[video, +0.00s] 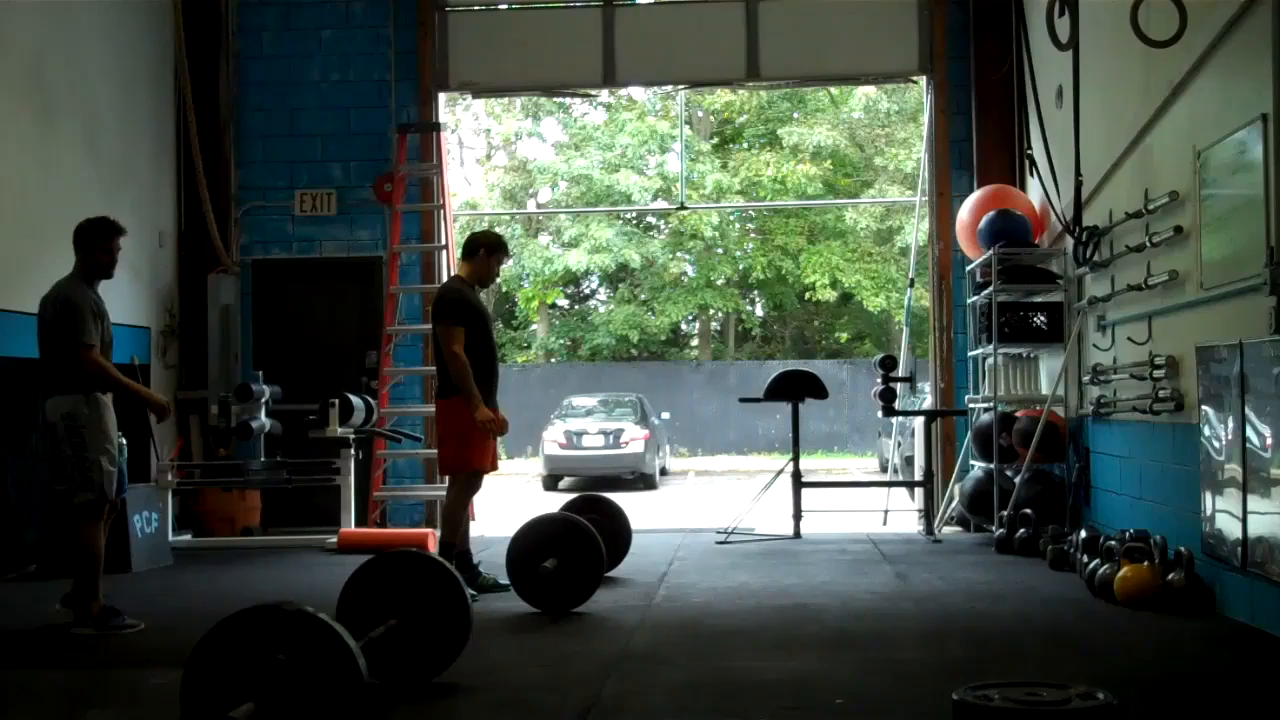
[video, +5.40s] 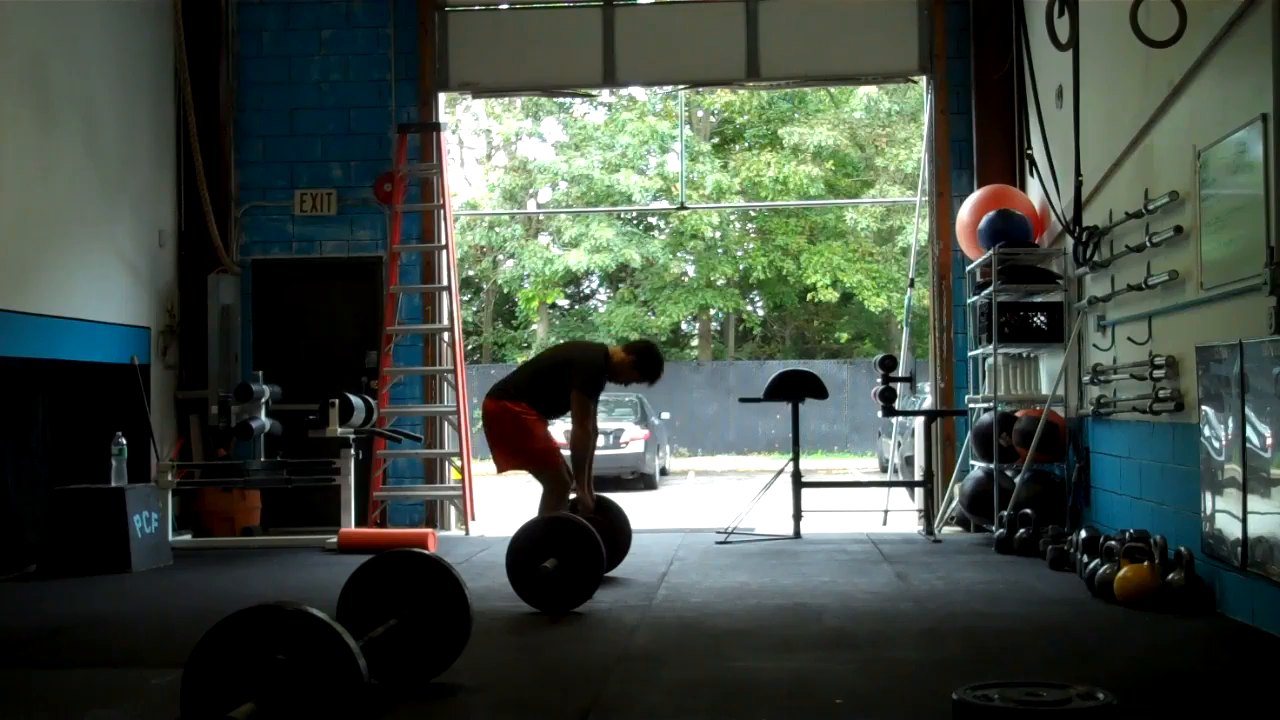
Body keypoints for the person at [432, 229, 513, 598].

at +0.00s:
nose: (498, 274)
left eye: (501, 267)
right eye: (498, 265)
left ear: (479, 256)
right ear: (482, 256)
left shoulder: (468, 296)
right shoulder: (454, 295)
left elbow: (477, 357)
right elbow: (453, 353)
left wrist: (492, 409)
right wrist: (478, 404)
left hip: (473, 404)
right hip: (461, 404)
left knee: (467, 484)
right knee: (464, 484)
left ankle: (460, 565)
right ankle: (450, 567)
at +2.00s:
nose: (509, 275)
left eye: (512, 268)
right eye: (509, 267)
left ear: (494, 258)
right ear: (490, 256)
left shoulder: (481, 294)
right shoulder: (460, 292)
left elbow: (486, 355)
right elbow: (456, 352)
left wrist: (499, 403)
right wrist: (479, 405)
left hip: (485, 406)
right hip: (464, 405)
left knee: (485, 482)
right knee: (466, 484)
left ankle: (471, 568)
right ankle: (467, 575)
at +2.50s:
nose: (520, 276)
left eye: (523, 269)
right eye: (520, 267)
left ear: (503, 258)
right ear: (502, 256)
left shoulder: (492, 294)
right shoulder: (472, 288)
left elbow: (508, 337)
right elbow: (475, 333)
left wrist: (526, 368)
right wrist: (513, 377)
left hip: (497, 401)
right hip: (474, 402)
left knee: (506, 481)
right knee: (475, 484)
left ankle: (514, 568)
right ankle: (469, 576)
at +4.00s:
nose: (573, 283)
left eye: (577, 278)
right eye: (574, 275)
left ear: (557, 260)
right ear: (558, 260)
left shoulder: (539, 296)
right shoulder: (525, 292)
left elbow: (539, 356)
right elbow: (524, 351)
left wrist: (557, 401)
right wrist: (557, 403)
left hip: (535, 401)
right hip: (524, 400)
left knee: (533, 482)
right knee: (530, 481)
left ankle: (525, 573)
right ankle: (520, 575)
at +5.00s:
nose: (614, 308)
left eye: (619, 303)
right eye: (616, 300)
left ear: (602, 282)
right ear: (604, 283)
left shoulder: (577, 312)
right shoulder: (565, 305)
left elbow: (574, 373)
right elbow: (549, 365)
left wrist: (581, 426)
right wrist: (557, 424)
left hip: (541, 399)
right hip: (525, 399)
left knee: (559, 479)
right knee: (549, 480)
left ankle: (552, 551)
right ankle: (542, 554)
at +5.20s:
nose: (625, 342)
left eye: (630, 338)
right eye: (629, 335)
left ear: (617, 314)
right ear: (621, 316)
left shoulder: (589, 336)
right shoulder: (581, 329)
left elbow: (584, 399)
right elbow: (567, 397)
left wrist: (586, 452)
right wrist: (571, 455)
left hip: (532, 404)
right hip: (515, 402)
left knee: (558, 480)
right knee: (552, 481)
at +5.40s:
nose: (627, 383)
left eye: (634, 381)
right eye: (633, 378)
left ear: (629, 355)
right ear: (630, 360)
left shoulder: (596, 364)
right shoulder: (591, 362)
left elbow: (590, 431)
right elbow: (581, 430)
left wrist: (586, 489)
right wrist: (582, 490)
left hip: (522, 410)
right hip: (509, 408)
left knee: (561, 480)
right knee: (557, 482)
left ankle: (550, 552)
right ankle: (546, 553)